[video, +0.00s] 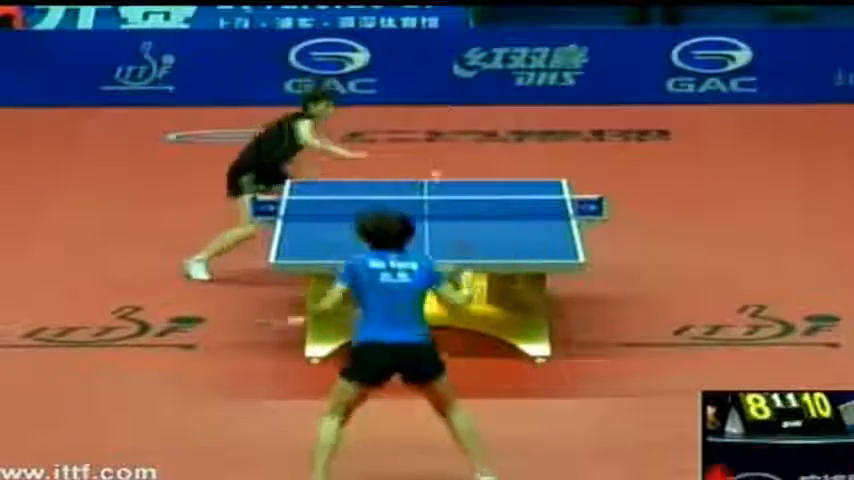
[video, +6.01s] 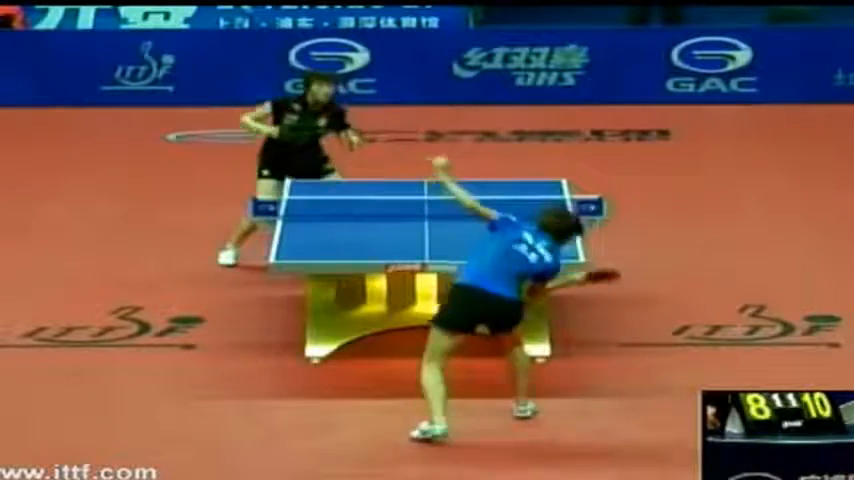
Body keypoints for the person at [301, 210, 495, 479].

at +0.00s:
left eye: (365, 235)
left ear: (369, 238)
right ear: (405, 238)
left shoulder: (358, 264)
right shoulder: (420, 264)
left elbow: (329, 304)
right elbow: (454, 301)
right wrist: (466, 291)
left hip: (371, 348)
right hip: (416, 348)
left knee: (336, 414)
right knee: (451, 408)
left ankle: (319, 473)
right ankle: (482, 470)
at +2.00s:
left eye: (259, 233)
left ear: (264, 239)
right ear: (299, 239)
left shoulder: (253, 268)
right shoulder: (316, 268)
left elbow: (219, 301)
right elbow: (355, 302)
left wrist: (209, 318)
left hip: (264, 351)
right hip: (310, 350)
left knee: (225, 411)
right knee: (347, 405)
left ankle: (201, 473)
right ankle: (370, 468)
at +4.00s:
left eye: (367, 209)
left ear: (370, 212)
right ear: (405, 210)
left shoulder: (365, 238)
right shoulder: (422, 236)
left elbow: (326, 263)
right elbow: (460, 262)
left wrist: (309, 264)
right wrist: (446, 272)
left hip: (380, 319)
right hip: (423, 317)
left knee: (365, 367)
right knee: (467, 373)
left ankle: (348, 427)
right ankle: (450, 423)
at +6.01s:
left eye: (548, 213)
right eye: (567, 236)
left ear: (543, 218)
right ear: (564, 237)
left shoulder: (511, 224)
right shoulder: (551, 261)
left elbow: (473, 207)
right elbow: (533, 295)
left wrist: (444, 177)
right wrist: (572, 281)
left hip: (467, 291)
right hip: (505, 302)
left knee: (432, 361)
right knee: (515, 345)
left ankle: (437, 422)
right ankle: (522, 403)